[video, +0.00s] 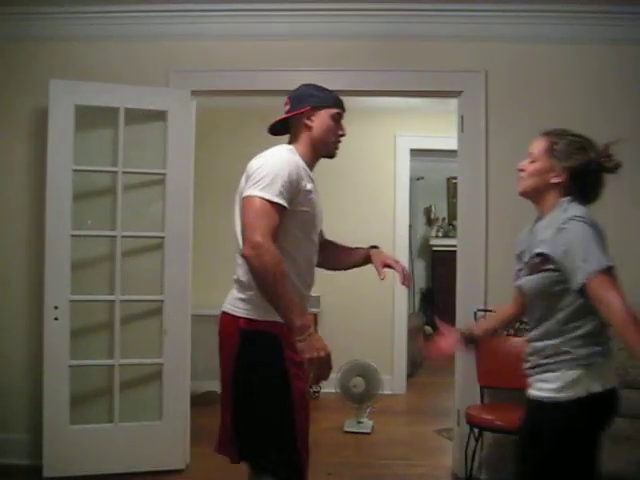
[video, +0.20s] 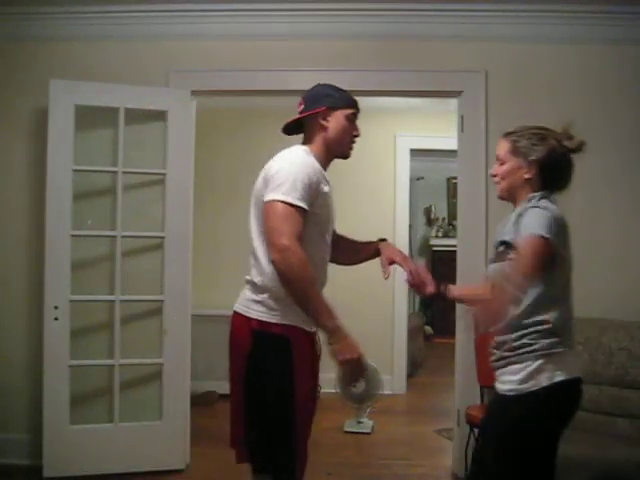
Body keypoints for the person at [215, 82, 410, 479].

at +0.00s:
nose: (343, 130)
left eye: (342, 121)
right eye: (336, 118)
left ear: (309, 122)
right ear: (307, 119)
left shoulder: (300, 175)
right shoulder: (278, 164)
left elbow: (318, 251)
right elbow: (257, 245)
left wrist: (370, 254)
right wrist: (304, 329)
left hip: (280, 333)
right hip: (260, 333)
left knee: (284, 461)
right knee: (275, 464)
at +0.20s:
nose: (358, 130)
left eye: (357, 121)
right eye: (351, 119)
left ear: (325, 123)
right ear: (323, 120)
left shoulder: (312, 174)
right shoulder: (295, 166)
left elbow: (330, 247)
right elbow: (283, 248)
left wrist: (380, 247)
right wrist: (336, 333)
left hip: (292, 334)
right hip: (272, 334)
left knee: (285, 460)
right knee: (275, 463)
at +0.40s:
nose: (366, 138)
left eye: (367, 127)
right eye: (363, 125)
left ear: (327, 122)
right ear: (341, 121)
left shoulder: (314, 169)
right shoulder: (309, 168)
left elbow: (328, 241)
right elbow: (329, 257)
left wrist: (384, 241)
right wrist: (397, 326)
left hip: (292, 332)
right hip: (281, 336)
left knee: (300, 459)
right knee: (284, 464)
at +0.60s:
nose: (372, 140)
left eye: (373, 131)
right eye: (370, 128)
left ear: (332, 123)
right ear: (350, 124)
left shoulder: (316, 167)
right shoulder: (317, 170)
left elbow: (336, 250)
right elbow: (368, 254)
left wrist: (391, 244)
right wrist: (454, 303)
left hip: (297, 331)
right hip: (290, 336)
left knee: (312, 457)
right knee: (295, 461)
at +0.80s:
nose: (377, 136)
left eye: (377, 126)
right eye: (374, 124)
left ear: (335, 123)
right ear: (353, 121)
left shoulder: (311, 166)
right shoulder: (330, 171)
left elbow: (345, 246)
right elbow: (388, 249)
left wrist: (397, 232)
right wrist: (469, 285)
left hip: (293, 329)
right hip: (298, 334)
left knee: (291, 456)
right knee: (291, 459)